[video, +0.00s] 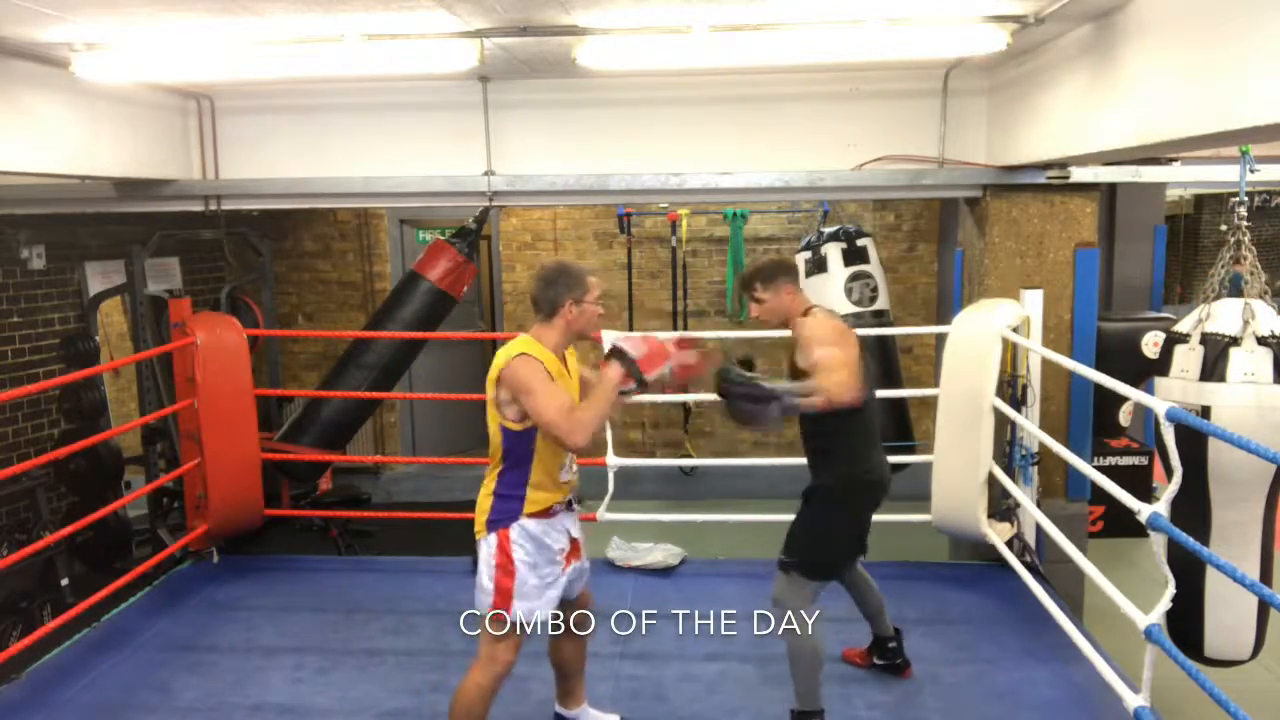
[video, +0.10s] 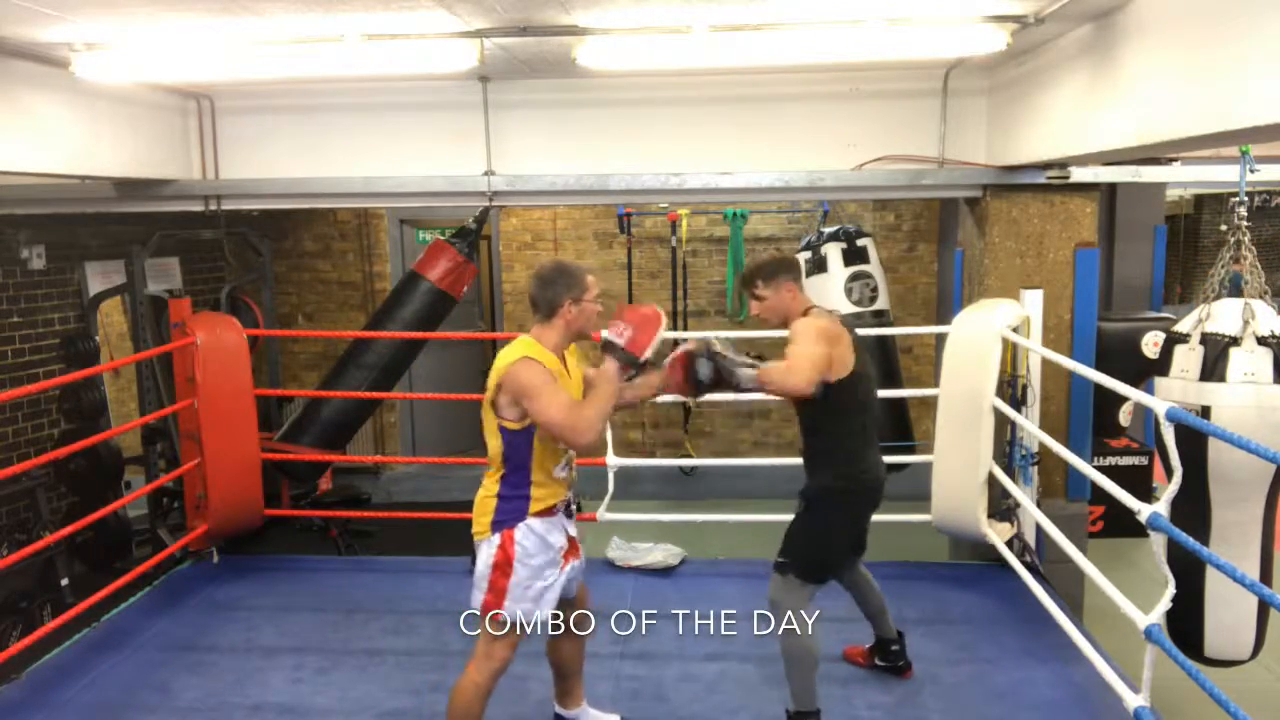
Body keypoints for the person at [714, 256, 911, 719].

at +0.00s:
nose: (754, 312)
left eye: (759, 301)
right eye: (752, 302)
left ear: (785, 293)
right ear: (790, 293)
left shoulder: (817, 328)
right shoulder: (819, 325)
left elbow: (844, 391)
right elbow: (824, 390)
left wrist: (778, 398)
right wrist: (772, 399)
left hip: (843, 481)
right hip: (858, 474)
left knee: (790, 596)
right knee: (844, 565)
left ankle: (807, 712)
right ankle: (888, 648)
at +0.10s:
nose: (754, 310)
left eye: (758, 298)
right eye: (752, 300)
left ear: (787, 290)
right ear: (791, 291)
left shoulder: (811, 328)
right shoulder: (825, 324)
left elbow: (801, 380)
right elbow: (796, 378)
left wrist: (740, 372)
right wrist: (741, 373)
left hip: (837, 486)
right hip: (857, 479)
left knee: (787, 596)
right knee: (843, 564)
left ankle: (804, 713)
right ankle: (891, 649)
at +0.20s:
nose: (751, 313)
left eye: (756, 303)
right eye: (749, 304)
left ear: (787, 293)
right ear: (776, 297)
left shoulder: (829, 332)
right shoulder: (779, 336)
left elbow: (864, 397)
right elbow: (734, 363)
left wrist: (796, 393)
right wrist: (694, 361)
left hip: (842, 484)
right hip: (820, 482)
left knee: (785, 597)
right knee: (843, 568)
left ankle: (807, 713)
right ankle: (890, 650)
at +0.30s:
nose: (750, 329)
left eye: (756, 319)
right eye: (747, 321)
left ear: (784, 309)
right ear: (755, 317)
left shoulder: (829, 350)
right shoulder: (758, 341)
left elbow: (866, 427)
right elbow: (719, 376)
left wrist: (802, 404)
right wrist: (689, 390)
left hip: (836, 490)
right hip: (802, 487)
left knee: (787, 602)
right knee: (824, 575)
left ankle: (821, 715)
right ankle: (885, 647)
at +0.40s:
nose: (710, 371)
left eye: (714, 360)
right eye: (707, 361)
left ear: (739, 349)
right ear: (734, 349)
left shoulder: (803, 376)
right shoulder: (756, 378)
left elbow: (831, 459)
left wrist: (787, 447)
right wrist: (734, 432)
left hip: (831, 498)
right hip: (796, 489)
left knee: (776, 611)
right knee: (778, 574)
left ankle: (816, 714)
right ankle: (846, 630)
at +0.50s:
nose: (684, 379)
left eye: (685, 367)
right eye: (681, 368)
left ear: (709, 359)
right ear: (712, 355)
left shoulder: (763, 391)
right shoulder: (754, 381)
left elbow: (766, 476)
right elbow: (756, 449)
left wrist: (714, 452)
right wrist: (713, 435)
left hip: (813, 516)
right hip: (792, 505)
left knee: (753, 631)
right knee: (749, 560)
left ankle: (809, 715)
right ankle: (745, 626)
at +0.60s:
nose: (677, 360)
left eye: (678, 349)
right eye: (673, 351)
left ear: (704, 339)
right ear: (710, 339)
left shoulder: (742, 382)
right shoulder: (745, 361)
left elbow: (742, 462)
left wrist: (698, 431)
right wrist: (699, 410)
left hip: (787, 510)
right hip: (779, 500)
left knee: (733, 626)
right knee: (726, 560)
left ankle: (799, 713)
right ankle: (727, 625)